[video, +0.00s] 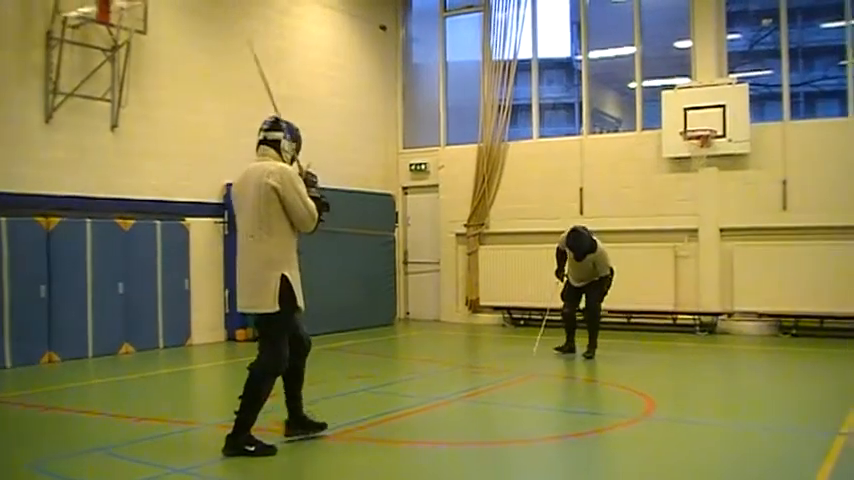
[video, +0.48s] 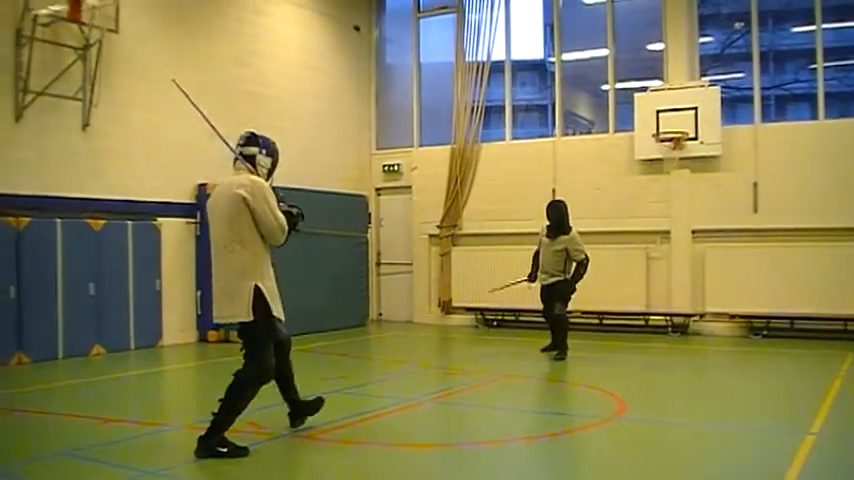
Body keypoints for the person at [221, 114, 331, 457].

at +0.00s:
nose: (296, 153)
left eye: (297, 147)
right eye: (295, 147)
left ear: (262, 143)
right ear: (286, 145)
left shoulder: (242, 178)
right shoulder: (282, 173)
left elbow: (258, 221)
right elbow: (307, 221)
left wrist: (301, 189)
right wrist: (310, 189)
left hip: (251, 280)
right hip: (276, 281)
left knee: (298, 345)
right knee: (273, 355)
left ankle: (296, 418)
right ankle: (239, 436)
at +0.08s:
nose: (283, 153)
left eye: (283, 147)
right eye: (282, 147)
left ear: (248, 142)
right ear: (273, 144)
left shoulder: (228, 180)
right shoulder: (270, 174)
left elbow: (245, 221)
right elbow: (295, 222)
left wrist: (285, 188)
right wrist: (297, 193)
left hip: (240, 282)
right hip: (265, 282)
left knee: (290, 345)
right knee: (264, 357)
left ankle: (271, 417)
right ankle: (229, 437)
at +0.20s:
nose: (266, 154)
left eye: (266, 148)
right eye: (265, 148)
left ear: (231, 144)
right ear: (255, 146)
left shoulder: (210, 182)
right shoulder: (252, 176)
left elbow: (228, 222)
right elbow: (277, 224)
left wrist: (266, 191)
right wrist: (279, 196)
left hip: (224, 284)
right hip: (249, 284)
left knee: (276, 344)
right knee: (252, 358)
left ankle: (252, 414)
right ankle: (214, 438)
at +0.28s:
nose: (258, 158)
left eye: (259, 152)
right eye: (258, 151)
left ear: (224, 147)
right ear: (248, 150)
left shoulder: (203, 185)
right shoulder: (246, 179)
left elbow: (220, 225)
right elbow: (270, 227)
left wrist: (259, 196)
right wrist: (274, 202)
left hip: (217, 285)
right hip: (244, 285)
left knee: (270, 343)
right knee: (246, 360)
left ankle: (258, 417)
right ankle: (207, 438)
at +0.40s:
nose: (261, 165)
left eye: (261, 159)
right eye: (261, 158)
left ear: (228, 154)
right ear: (252, 156)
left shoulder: (206, 187)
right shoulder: (246, 183)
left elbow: (218, 231)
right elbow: (269, 232)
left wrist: (261, 206)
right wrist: (279, 213)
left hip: (220, 287)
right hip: (244, 287)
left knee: (271, 343)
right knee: (252, 361)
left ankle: (280, 412)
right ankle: (206, 438)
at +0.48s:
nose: (272, 170)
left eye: (272, 164)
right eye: (271, 163)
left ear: (240, 159)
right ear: (262, 161)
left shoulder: (217, 191)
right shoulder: (255, 186)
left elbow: (236, 235)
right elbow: (277, 235)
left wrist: (274, 215)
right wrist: (287, 218)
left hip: (230, 290)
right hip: (253, 291)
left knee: (279, 343)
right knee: (261, 363)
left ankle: (296, 406)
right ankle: (213, 438)